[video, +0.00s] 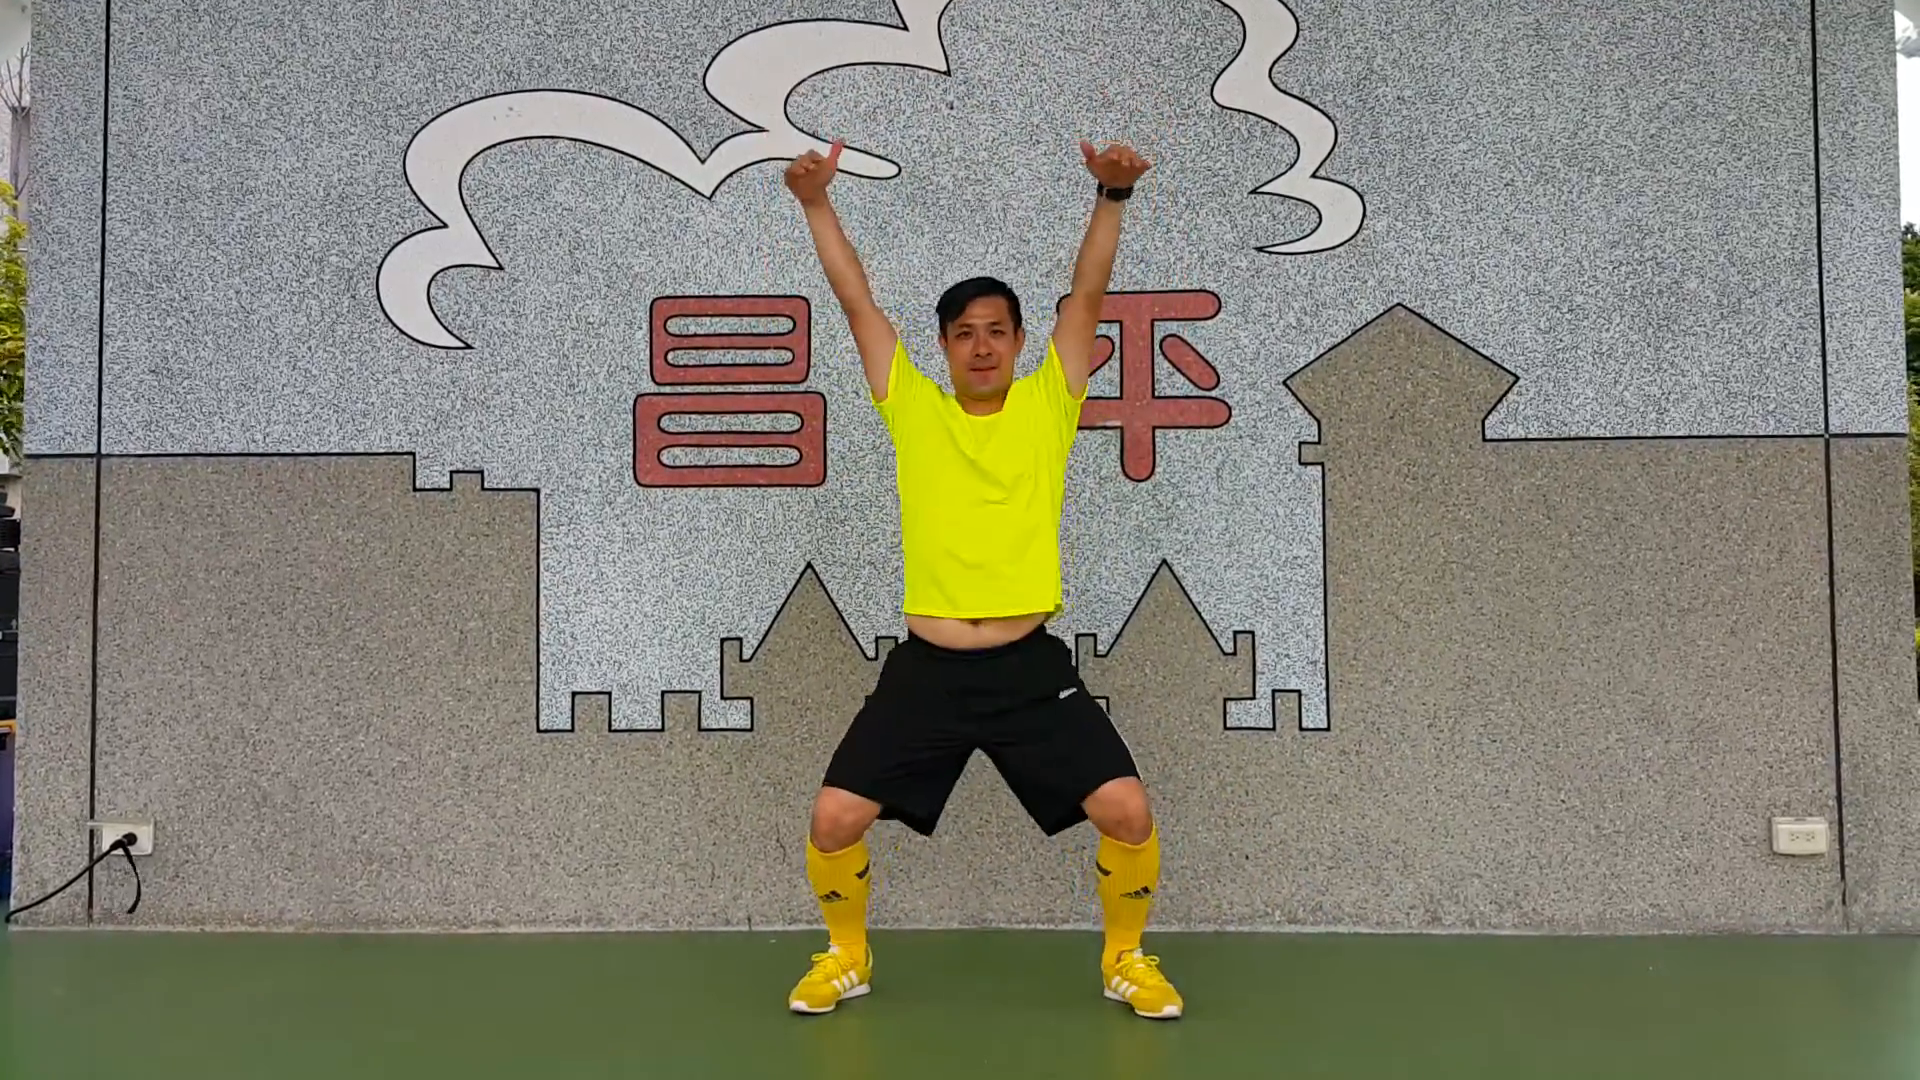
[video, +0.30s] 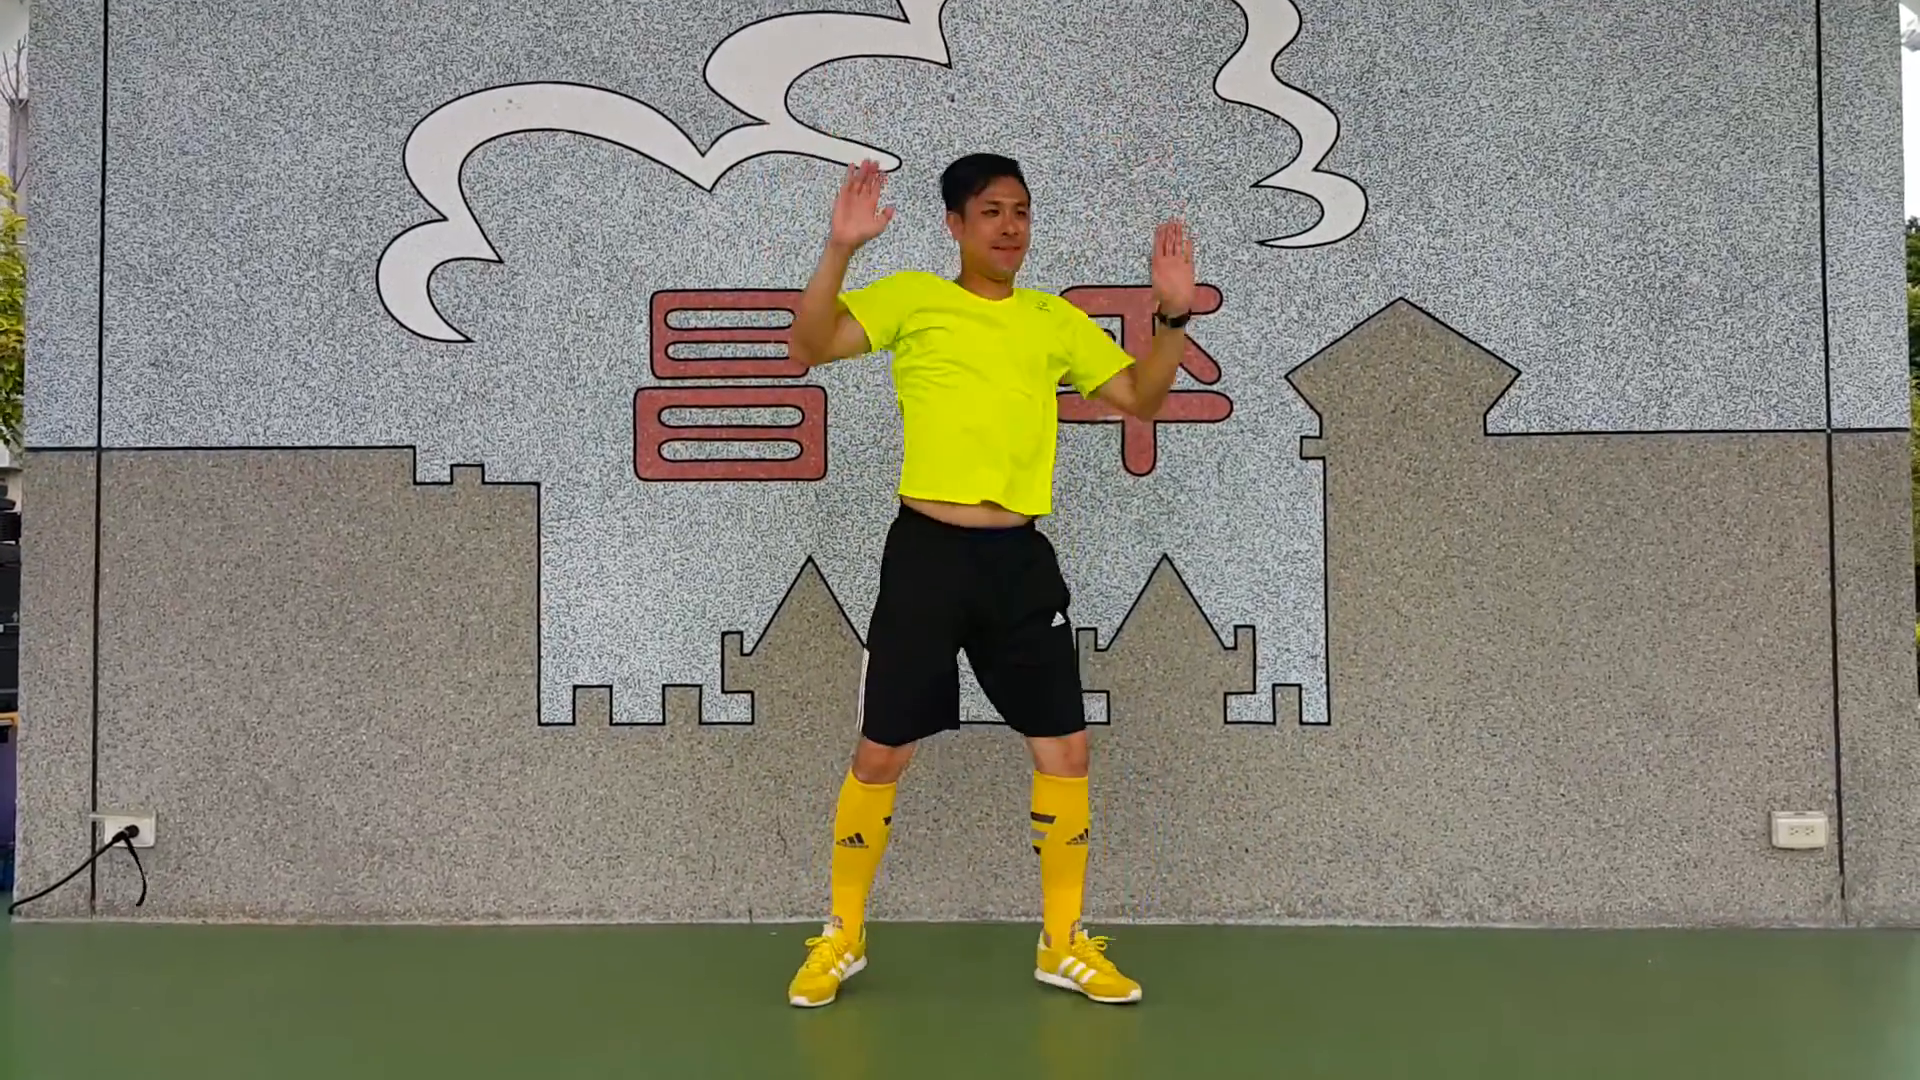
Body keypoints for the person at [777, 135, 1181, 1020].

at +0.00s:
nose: (984, 344)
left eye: (998, 331)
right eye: (967, 333)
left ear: (1020, 342)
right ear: (944, 347)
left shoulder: (1047, 411)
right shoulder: (914, 412)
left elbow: (1085, 301)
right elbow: (857, 305)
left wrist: (1111, 198)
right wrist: (817, 201)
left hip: (1031, 670)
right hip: (923, 673)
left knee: (1127, 811)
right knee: (834, 817)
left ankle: (1125, 961)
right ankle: (848, 957)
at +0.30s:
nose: (1011, 226)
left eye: (1020, 212)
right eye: (992, 213)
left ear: (1031, 224)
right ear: (955, 225)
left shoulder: (1056, 321)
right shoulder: (914, 296)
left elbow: (1141, 397)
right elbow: (809, 343)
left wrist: (1170, 314)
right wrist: (839, 251)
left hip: (1019, 558)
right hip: (924, 554)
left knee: (1064, 750)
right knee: (880, 752)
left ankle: (1063, 943)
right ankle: (842, 936)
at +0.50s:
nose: (1045, 247)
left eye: (1043, 232)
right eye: (1030, 231)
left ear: (1019, 242)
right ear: (982, 237)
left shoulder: (1048, 353)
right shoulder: (934, 316)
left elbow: (1125, 409)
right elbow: (898, 391)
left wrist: (1175, 340)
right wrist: (970, 302)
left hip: (1008, 579)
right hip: (920, 561)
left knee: (1045, 756)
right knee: (864, 756)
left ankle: (1059, 941)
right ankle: (780, 915)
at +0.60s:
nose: (1034, 250)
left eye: (1032, 235)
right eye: (1021, 236)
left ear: (1019, 246)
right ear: (976, 240)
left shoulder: (1031, 328)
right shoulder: (931, 316)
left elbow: (1119, 310)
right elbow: (936, 268)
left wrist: (1157, 224)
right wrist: (997, 172)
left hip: (977, 572)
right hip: (899, 558)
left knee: (1023, 752)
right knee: (831, 747)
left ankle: (1059, 939)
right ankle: (704, 892)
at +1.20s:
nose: (1012, 197)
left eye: (1010, 184)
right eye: (994, 185)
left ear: (1000, 201)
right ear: (948, 204)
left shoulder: (1039, 294)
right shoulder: (901, 283)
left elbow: (1148, 313)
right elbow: (808, 298)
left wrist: (1136, 222)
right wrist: (854, 186)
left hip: (1002, 539)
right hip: (906, 531)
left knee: (1044, 730)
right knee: (848, 721)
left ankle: (1059, 916)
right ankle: (798, 899)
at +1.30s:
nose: (985, 200)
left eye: (992, 186)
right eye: (964, 191)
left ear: (1007, 201)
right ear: (932, 214)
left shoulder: (1051, 302)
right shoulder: (897, 307)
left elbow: (1127, 392)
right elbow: (823, 407)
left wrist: (1125, 318)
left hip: (1016, 546)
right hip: (909, 540)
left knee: (1060, 732)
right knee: (863, 725)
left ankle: (1062, 917)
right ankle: (855, 916)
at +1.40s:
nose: (936, 209)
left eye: (953, 195)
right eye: (927, 200)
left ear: (997, 210)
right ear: (920, 222)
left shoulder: (1044, 305)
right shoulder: (895, 320)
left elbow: (1103, 406)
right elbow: (827, 423)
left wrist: (1059, 333)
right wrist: (790, 347)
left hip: (1022, 550)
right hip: (913, 552)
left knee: (1083, 737)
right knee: (863, 732)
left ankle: (1079, 903)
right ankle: (856, 917)